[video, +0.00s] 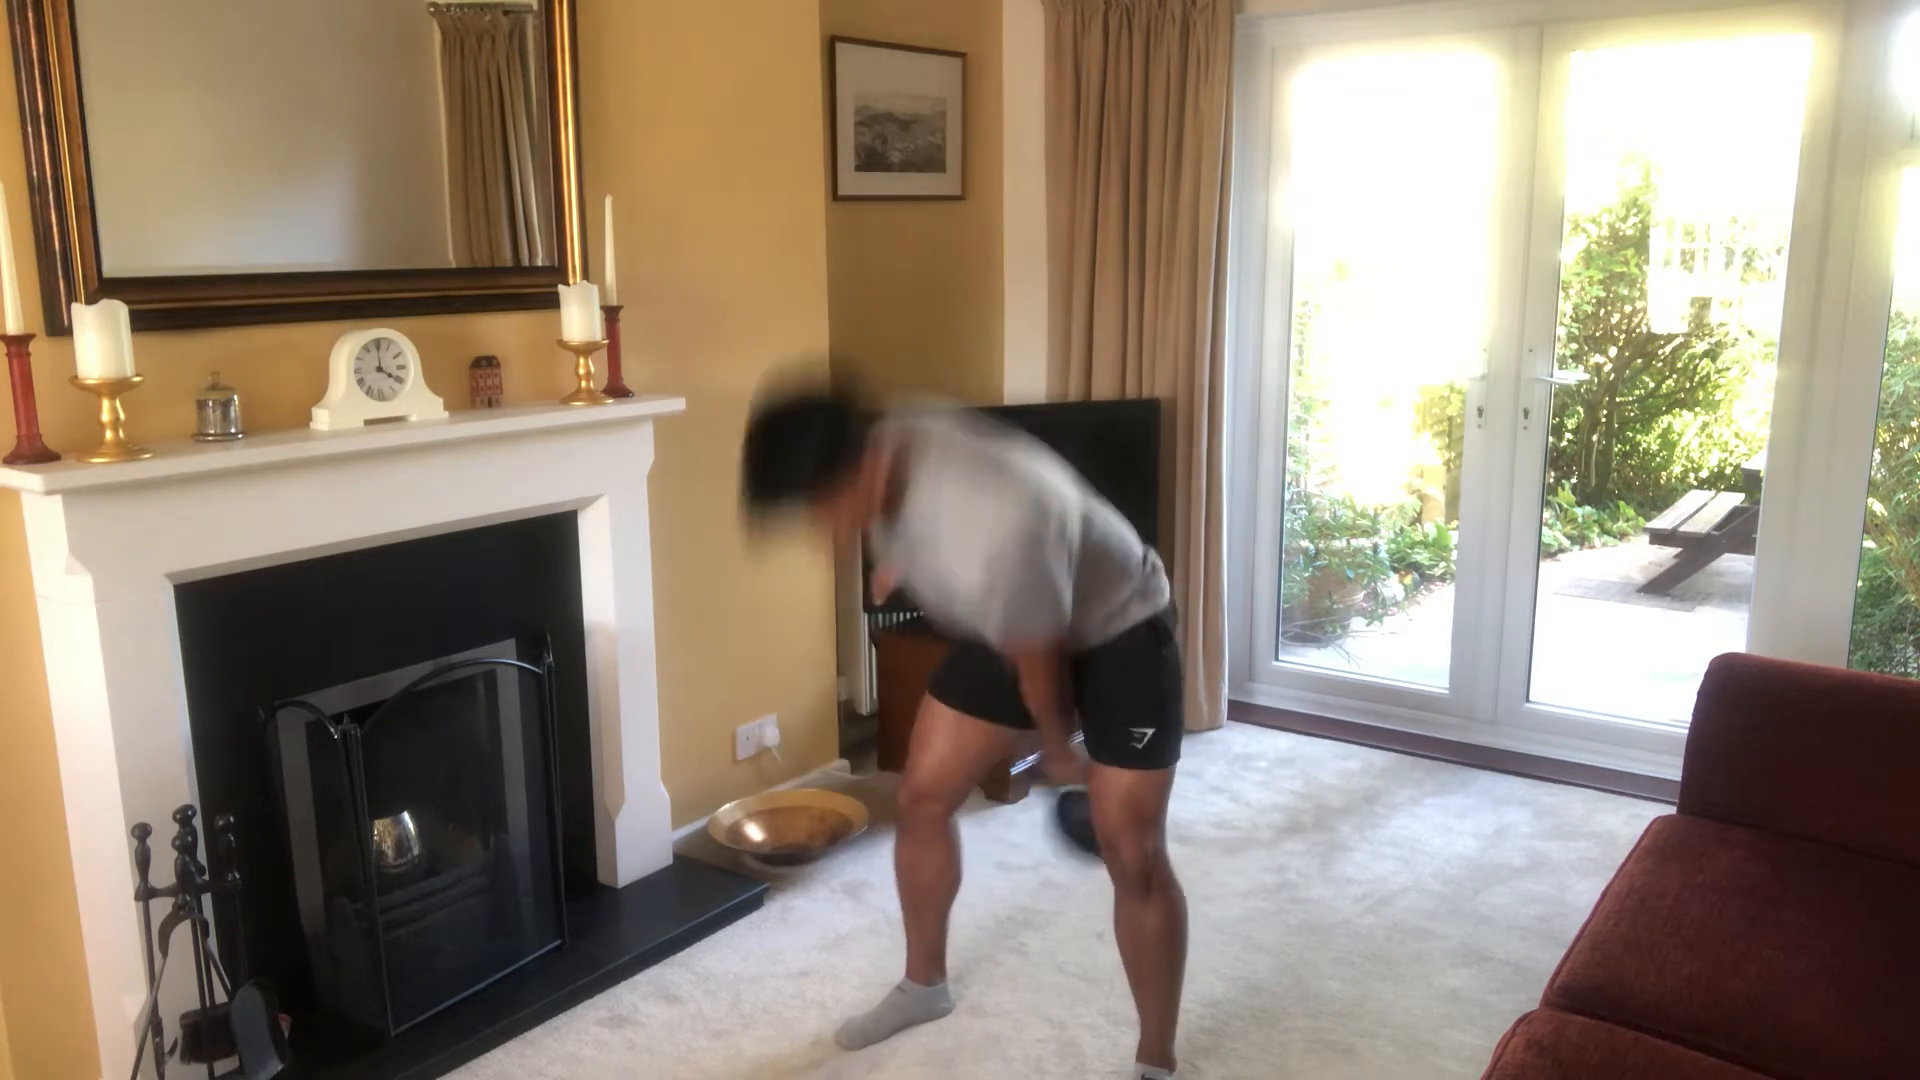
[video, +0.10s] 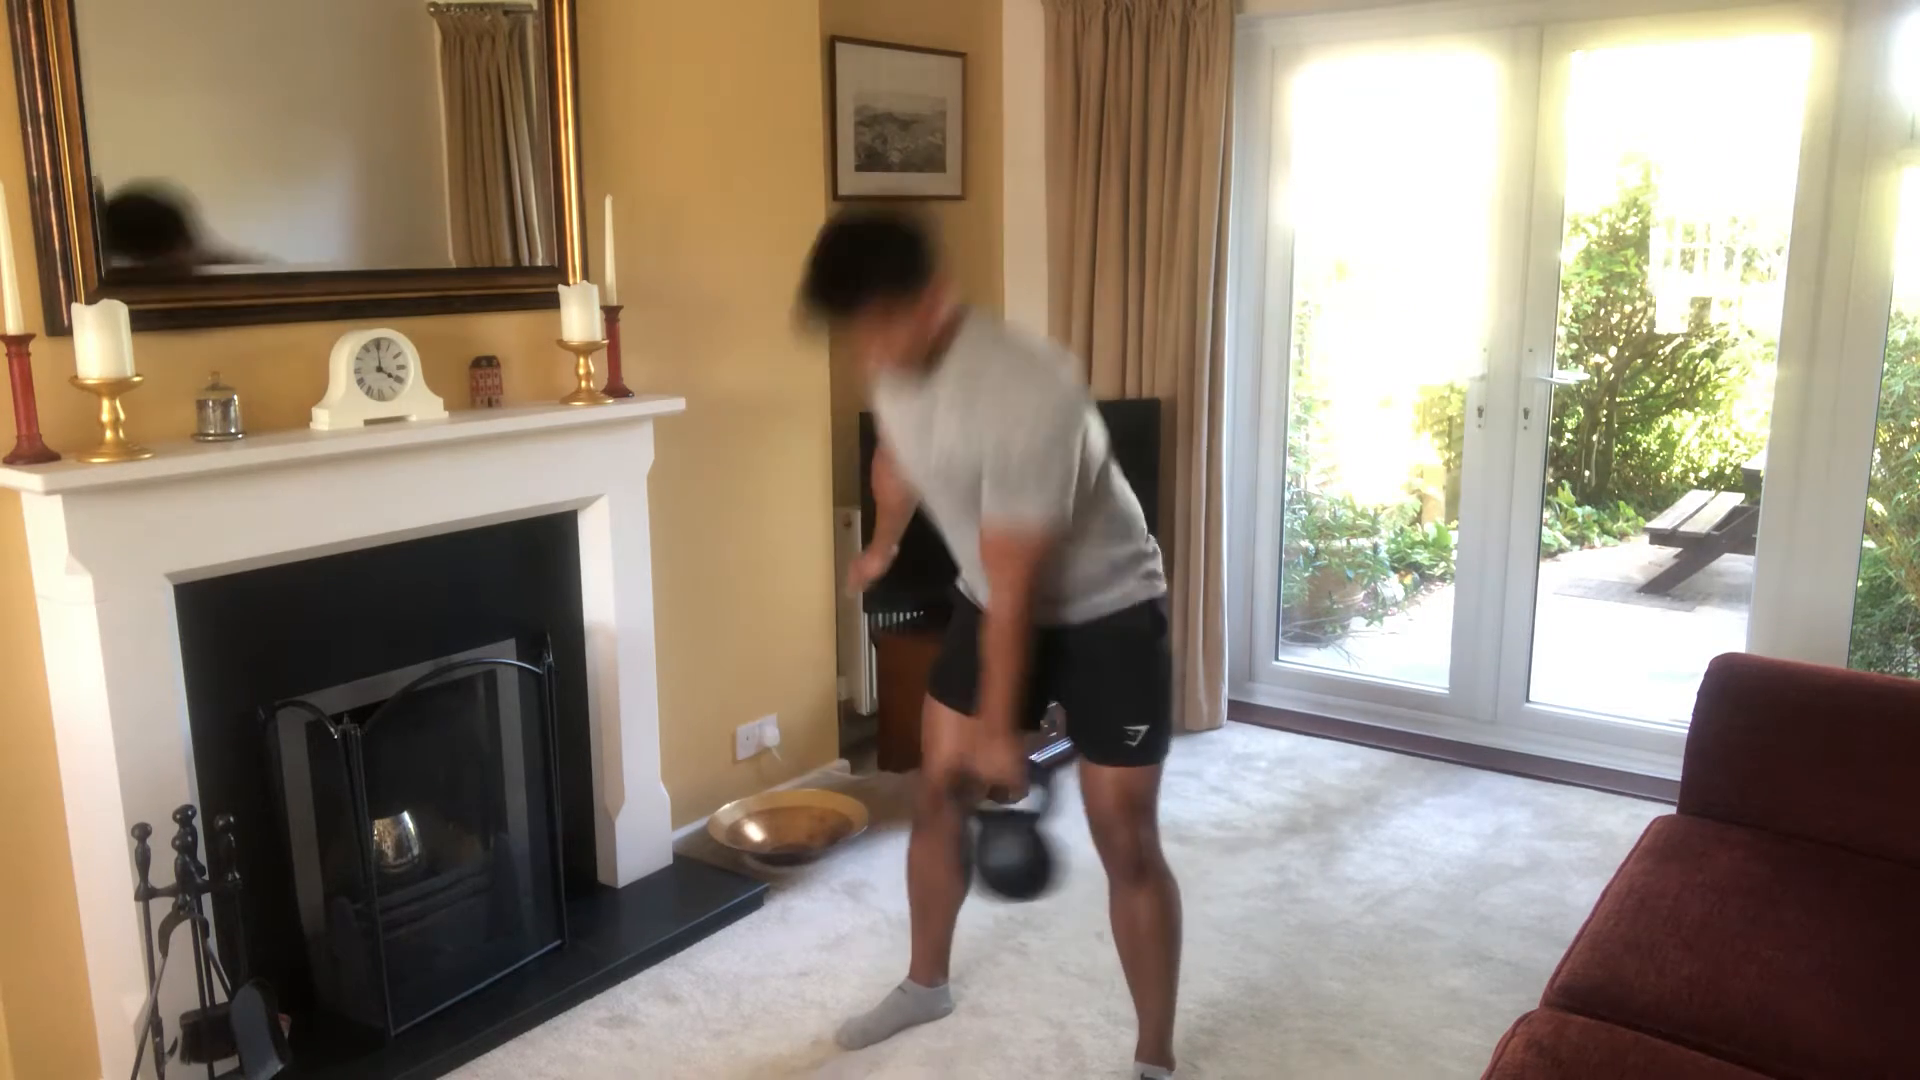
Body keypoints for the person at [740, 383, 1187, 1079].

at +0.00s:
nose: (822, 519)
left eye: (820, 502)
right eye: (811, 507)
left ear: (855, 470)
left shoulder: (995, 514)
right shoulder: (884, 448)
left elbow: (1038, 656)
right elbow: (917, 510)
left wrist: (1058, 749)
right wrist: (892, 566)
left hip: (1117, 630)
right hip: (1005, 622)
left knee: (1133, 854)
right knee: (923, 795)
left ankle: (1157, 1060)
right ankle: (924, 984)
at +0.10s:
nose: (859, 343)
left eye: (868, 323)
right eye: (851, 326)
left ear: (925, 296)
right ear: (859, 315)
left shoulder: (1026, 388)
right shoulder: (893, 367)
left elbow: (1013, 588)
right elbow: (898, 457)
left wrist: (999, 734)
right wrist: (884, 545)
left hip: (1105, 608)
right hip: (995, 601)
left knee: (1126, 842)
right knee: (940, 784)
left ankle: (1156, 1056)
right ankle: (927, 982)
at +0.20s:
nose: (926, 265)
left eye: (942, 242)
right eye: (916, 246)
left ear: (998, 223)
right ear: (913, 238)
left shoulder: (1065, 325)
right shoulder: (931, 322)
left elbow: (1004, 503)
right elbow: (912, 435)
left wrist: (935, 652)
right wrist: (872, 532)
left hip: (1090, 608)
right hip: (984, 601)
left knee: (1114, 830)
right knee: (950, 793)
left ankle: (1151, 1055)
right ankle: (928, 982)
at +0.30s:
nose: (969, 241)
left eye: (986, 218)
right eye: (956, 221)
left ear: (1040, 207)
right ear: (946, 220)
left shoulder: (1094, 320)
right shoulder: (953, 320)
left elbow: (997, 435)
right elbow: (919, 442)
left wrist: (882, 544)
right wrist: (872, 539)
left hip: (1078, 611)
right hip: (966, 602)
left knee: (1110, 835)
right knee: (956, 800)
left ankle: (1151, 1056)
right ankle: (928, 982)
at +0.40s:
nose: (980, 228)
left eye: (999, 206)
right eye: (968, 210)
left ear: (1053, 201)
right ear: (961, 211)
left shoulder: (1098, 313)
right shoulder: (962, 318)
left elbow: (1002, 380)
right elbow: (934, 444)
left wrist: (869, 426)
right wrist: (880, 544)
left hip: (1071, 615)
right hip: (961, 603)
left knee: (1103, 833)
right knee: (954, 802)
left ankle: (1149, 1054)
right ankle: (928, 983)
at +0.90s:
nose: (976, 236)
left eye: (994, 214)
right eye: (964, 217)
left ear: (1049, 204)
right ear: (955, 213)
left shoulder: (1097, 312)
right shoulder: (960, 317)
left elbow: (1001, 409)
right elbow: (947, 443)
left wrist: (865, 476)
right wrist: (888, 547)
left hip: (1084, 617)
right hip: (970, 605)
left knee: (1112, 841)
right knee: (949, 806)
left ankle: (1150, 1055)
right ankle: (928, 983)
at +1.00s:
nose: (949, 265)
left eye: (967, 243)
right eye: (935, 247)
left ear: (1019, 229)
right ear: (921, 241)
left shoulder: (1079, 327)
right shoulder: (946, 327)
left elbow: (996, 477)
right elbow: (926, 445)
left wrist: (897, 600)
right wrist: (864, 544)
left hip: (1093, 616)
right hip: (976, 608)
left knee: (1116, 839)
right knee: (938, 800)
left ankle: (1151, 1056)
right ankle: (926, 983)